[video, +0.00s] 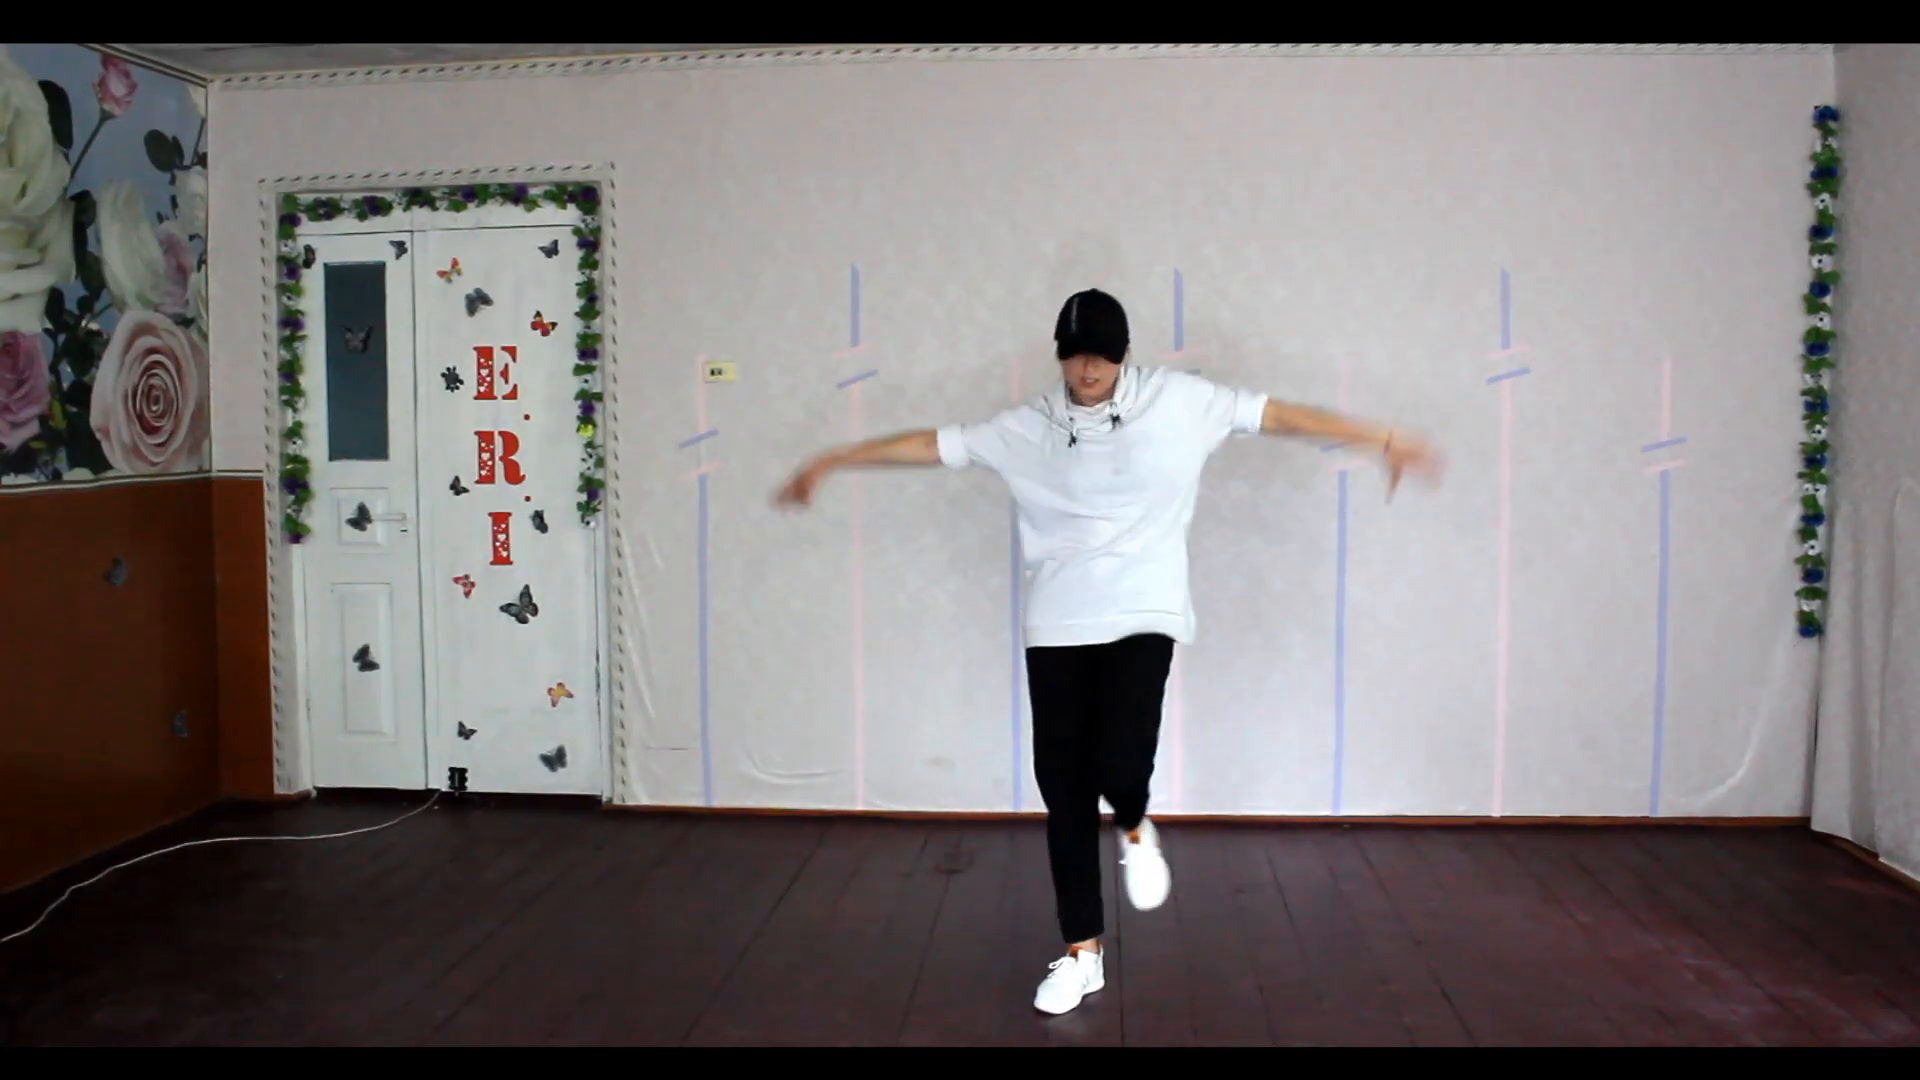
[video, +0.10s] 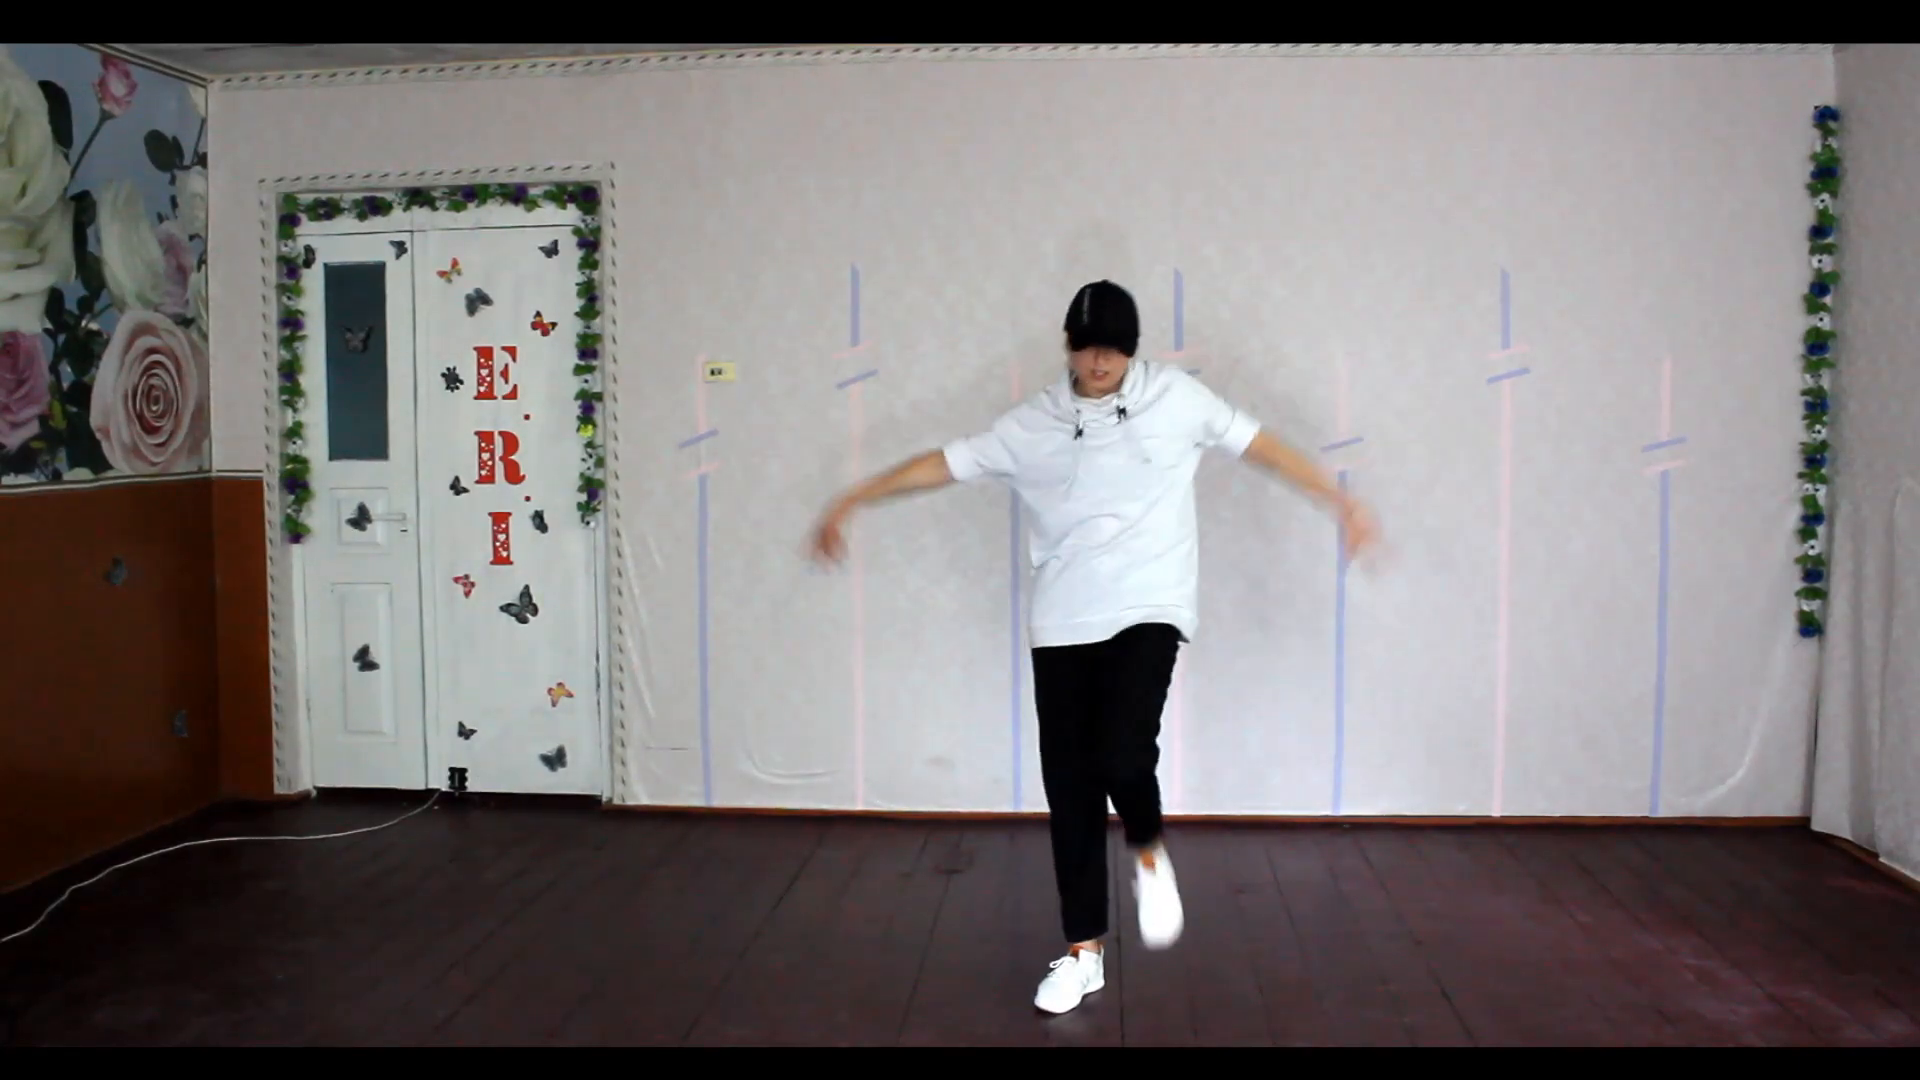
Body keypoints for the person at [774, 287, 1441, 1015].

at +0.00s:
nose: (1087, 378)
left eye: (1100, 367)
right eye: (1076, 365)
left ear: (1124, 359)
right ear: (1058, 358)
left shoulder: (1180, 402)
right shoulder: (1029, 424)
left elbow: (1277, 415)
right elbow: (935, 446)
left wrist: (1379, 439)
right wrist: (829, 461)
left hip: (1143, 620)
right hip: (1056, 625)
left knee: (1121, 777)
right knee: (1064, 789)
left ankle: (1134, 834)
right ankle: (1081, 950)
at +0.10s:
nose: (1095, 365)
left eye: (1109, 353)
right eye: (1084, 351)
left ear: (1131, 350)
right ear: (1068, 346)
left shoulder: (1175, 397)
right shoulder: (1033, 423)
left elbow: (1259, 444)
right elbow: (947, 464)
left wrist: (1340, 499)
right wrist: (848, 501)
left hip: (1148, 611)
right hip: (1062, 622)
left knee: (1123, 756)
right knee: (1070, 788)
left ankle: (1149, 857)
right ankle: (1084, 949)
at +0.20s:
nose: (1115, 359)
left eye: (1128, 347)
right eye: (1103, 345)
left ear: (1147, 345)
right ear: (1081, 339)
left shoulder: (1177, 405)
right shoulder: (1043, 416)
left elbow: (1238, 481)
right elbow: (968, 483)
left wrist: (1304, 559)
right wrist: (886, 542)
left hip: (1153, 619)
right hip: (1066, 629)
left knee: (1133, 776)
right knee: (1074, 792)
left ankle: (1161, 927)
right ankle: (1084, 951)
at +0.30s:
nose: (1158, 380)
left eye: (1168, 366)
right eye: (1144, 366)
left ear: (1180, 361)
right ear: (1114, 356)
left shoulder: (1186, 435)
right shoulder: (1061, 427)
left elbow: (1215, 548)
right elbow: (1003, 524)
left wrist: (1274, 639)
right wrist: (935, 611)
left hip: (1165, 653)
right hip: (1076, 657)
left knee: (1154, 823)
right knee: (1080, 819)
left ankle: (1161, 984)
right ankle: (1084, 948)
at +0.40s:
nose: (1170, 410)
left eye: (1181, 397)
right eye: (1157, 397)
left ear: (1195, 388)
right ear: (1130, 381)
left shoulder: (1208, 473)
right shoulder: (1073, 445)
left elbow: (1235, 580)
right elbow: (1005, 527)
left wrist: (1218, 607)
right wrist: (933, 602)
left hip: (1171, 677)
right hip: (1085, 668)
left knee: (1160, 836)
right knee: (1091, 819)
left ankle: (1157, 992)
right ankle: (1078, 861)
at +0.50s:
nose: (1145, 377)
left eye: (1156, 363)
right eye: (1132, 365)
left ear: (1172, 352)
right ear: (1108, 354)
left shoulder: (1200, 416)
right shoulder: (1069, 412)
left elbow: (1251, 521)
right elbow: (975, 479)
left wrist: (1157, 540)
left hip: (1169, 635)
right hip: (1087, 618)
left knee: (1156, 818)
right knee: (1094, 741)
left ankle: (1154, 985)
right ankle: (1076, 821)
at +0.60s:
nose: (1092, 360)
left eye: (1101, 349)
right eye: (1077, 351)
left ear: (1122, 323)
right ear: (1058, 335)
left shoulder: (1183, 374)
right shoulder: (1052, 377)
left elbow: (1260, 465)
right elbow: (979, 425)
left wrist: (1170, 504)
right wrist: (1092, 418)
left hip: (1169, 593)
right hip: (1089, 576)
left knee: (1145, 759)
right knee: (1098, 718)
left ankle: (1117, 918)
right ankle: (1081, 867)